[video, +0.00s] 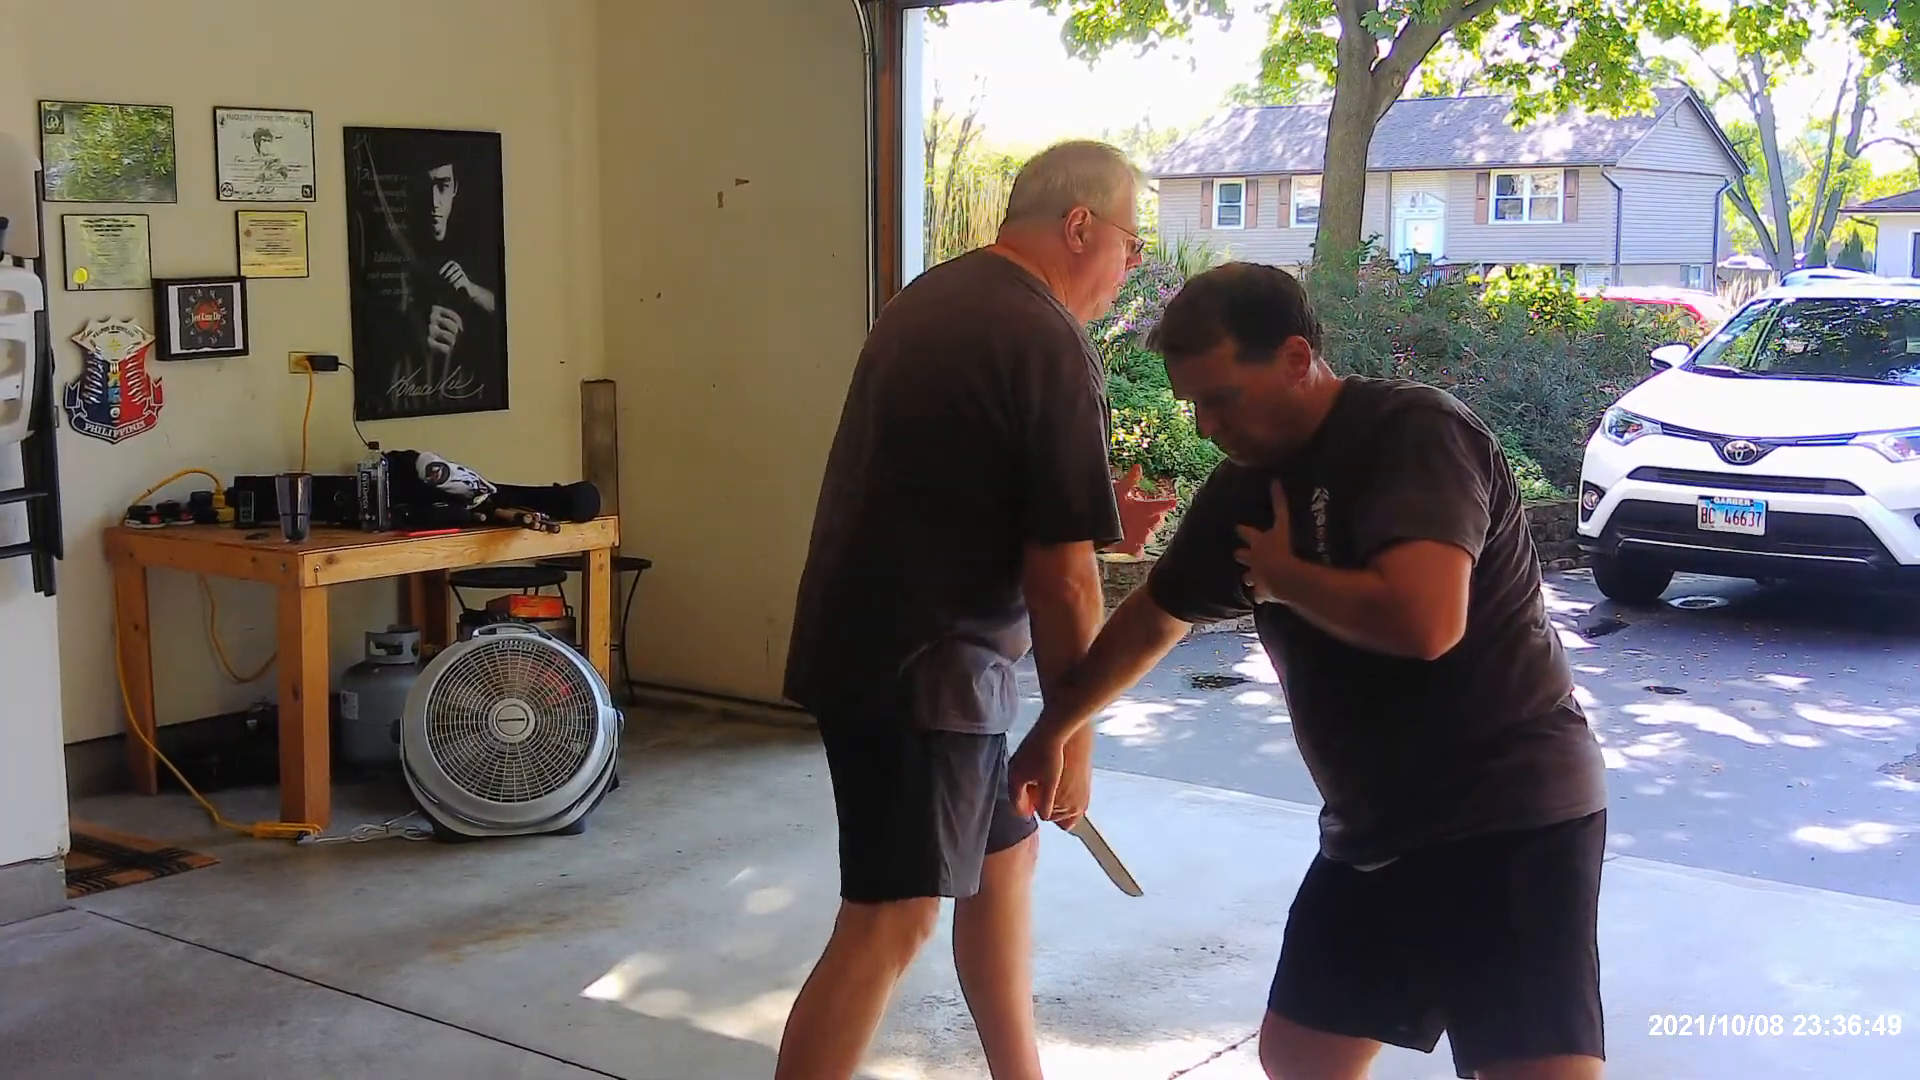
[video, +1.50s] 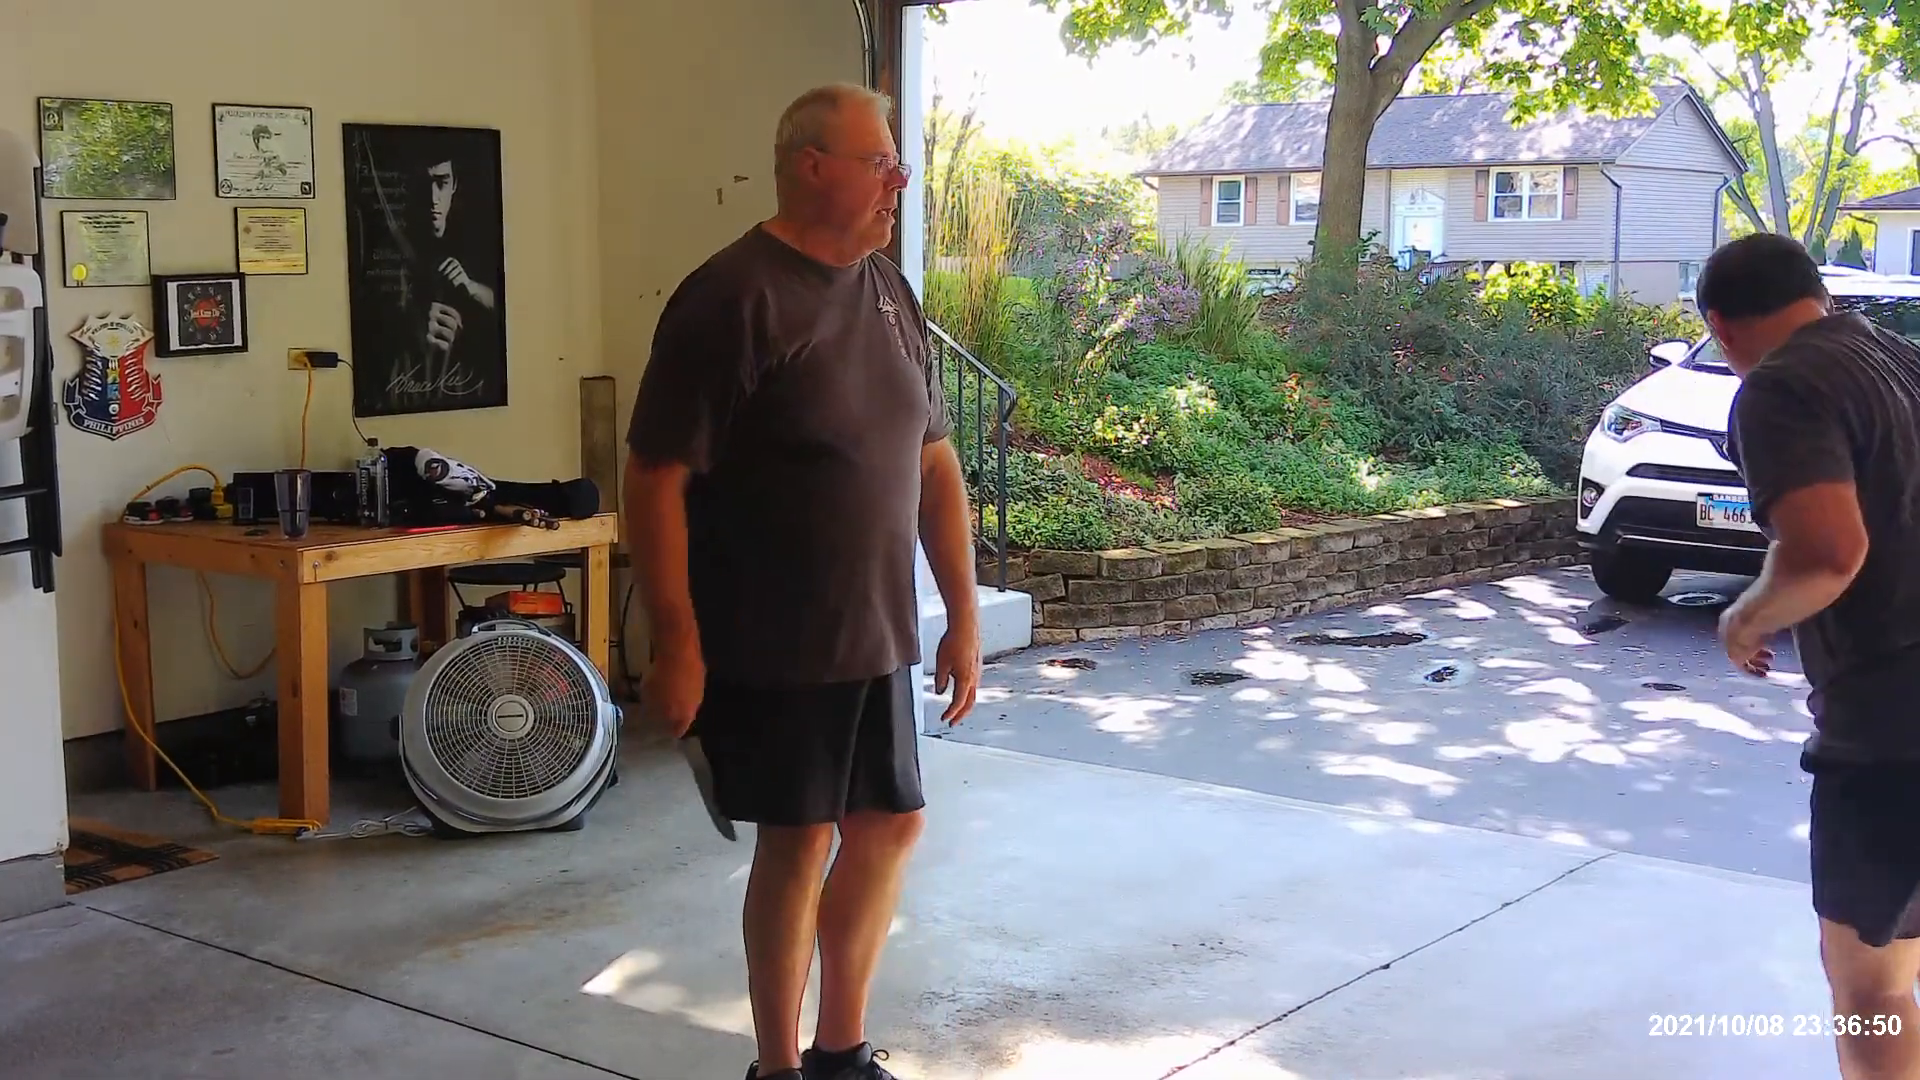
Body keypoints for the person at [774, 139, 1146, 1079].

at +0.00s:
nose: (1127, 273)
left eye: (1132, 251)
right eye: (1128, 247)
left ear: (1046, 221)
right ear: (1079, 226)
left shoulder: (932, 295)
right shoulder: (1043, 339)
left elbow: (941, 496)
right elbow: (1061, 573)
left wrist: (1087, 517)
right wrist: (1073, 732)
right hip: (925, 662)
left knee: (1005, 848)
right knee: (887, 921)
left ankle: (1019, 1069)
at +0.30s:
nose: (1142, 244)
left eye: (1145, 225)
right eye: (1133, 222)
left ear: (1060, 212)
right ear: (1067, 209)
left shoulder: (995, 292)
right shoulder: (1012, 317)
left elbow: (959, 515)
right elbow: (1045, 548)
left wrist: (1006, 672)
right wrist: (1117, 704)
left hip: (961, 642)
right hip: (912, 646)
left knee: (1008, 848)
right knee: (914, 889)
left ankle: (1021, 1071)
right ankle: (792, 1072)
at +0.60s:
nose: (1034, 210)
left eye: (1040, 193)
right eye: (1017, 190)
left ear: (1026, 200)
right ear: (948, 188)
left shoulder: (988, 313)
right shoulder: (904, 310)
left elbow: (1024, 497)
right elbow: (950, 513)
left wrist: (1056, 638)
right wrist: (1066, 641)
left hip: (958, 652)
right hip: (862, 658)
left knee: (997, 843)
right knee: (860, 867)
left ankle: (1020, 1073)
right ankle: (782, 1066)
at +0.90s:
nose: (896, 183)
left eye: (906, 165)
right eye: (871, 166)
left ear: (918, 177)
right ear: (818, 181)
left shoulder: (919, 295)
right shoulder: (778, 313)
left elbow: (966, 458)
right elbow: (759, 517)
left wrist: (1023, 605)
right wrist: (801, 689)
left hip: (914, 648)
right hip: (812, 662)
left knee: (951, 838)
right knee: (813, 851)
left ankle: (990, 1069)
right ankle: (781, 1064)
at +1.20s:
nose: (857, 183)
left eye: (868, 163)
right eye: (831, 163)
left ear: (878, 174)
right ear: (776, 175)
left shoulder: (891, 289)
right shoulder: (727, 307)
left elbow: (930, 460)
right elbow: (641, 484)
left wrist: (944, 612)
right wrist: (602, 659)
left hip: (890, 632)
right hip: (781, 646)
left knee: (931, 825)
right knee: (803, 842)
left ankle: (887, 1056)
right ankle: (781, 1065)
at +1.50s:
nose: (899, 176)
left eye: (897, 159)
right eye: (878, 159)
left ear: (863, 175)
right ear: (808, 170)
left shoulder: (887, 291)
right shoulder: (725, 295)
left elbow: (934, 459)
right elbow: (653, 473)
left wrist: (962, 612)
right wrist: (673, 643)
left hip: (876, 627)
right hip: (772, 636)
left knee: (888, 823)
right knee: (797, 835)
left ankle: (840, 1049)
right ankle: (777, 1063)